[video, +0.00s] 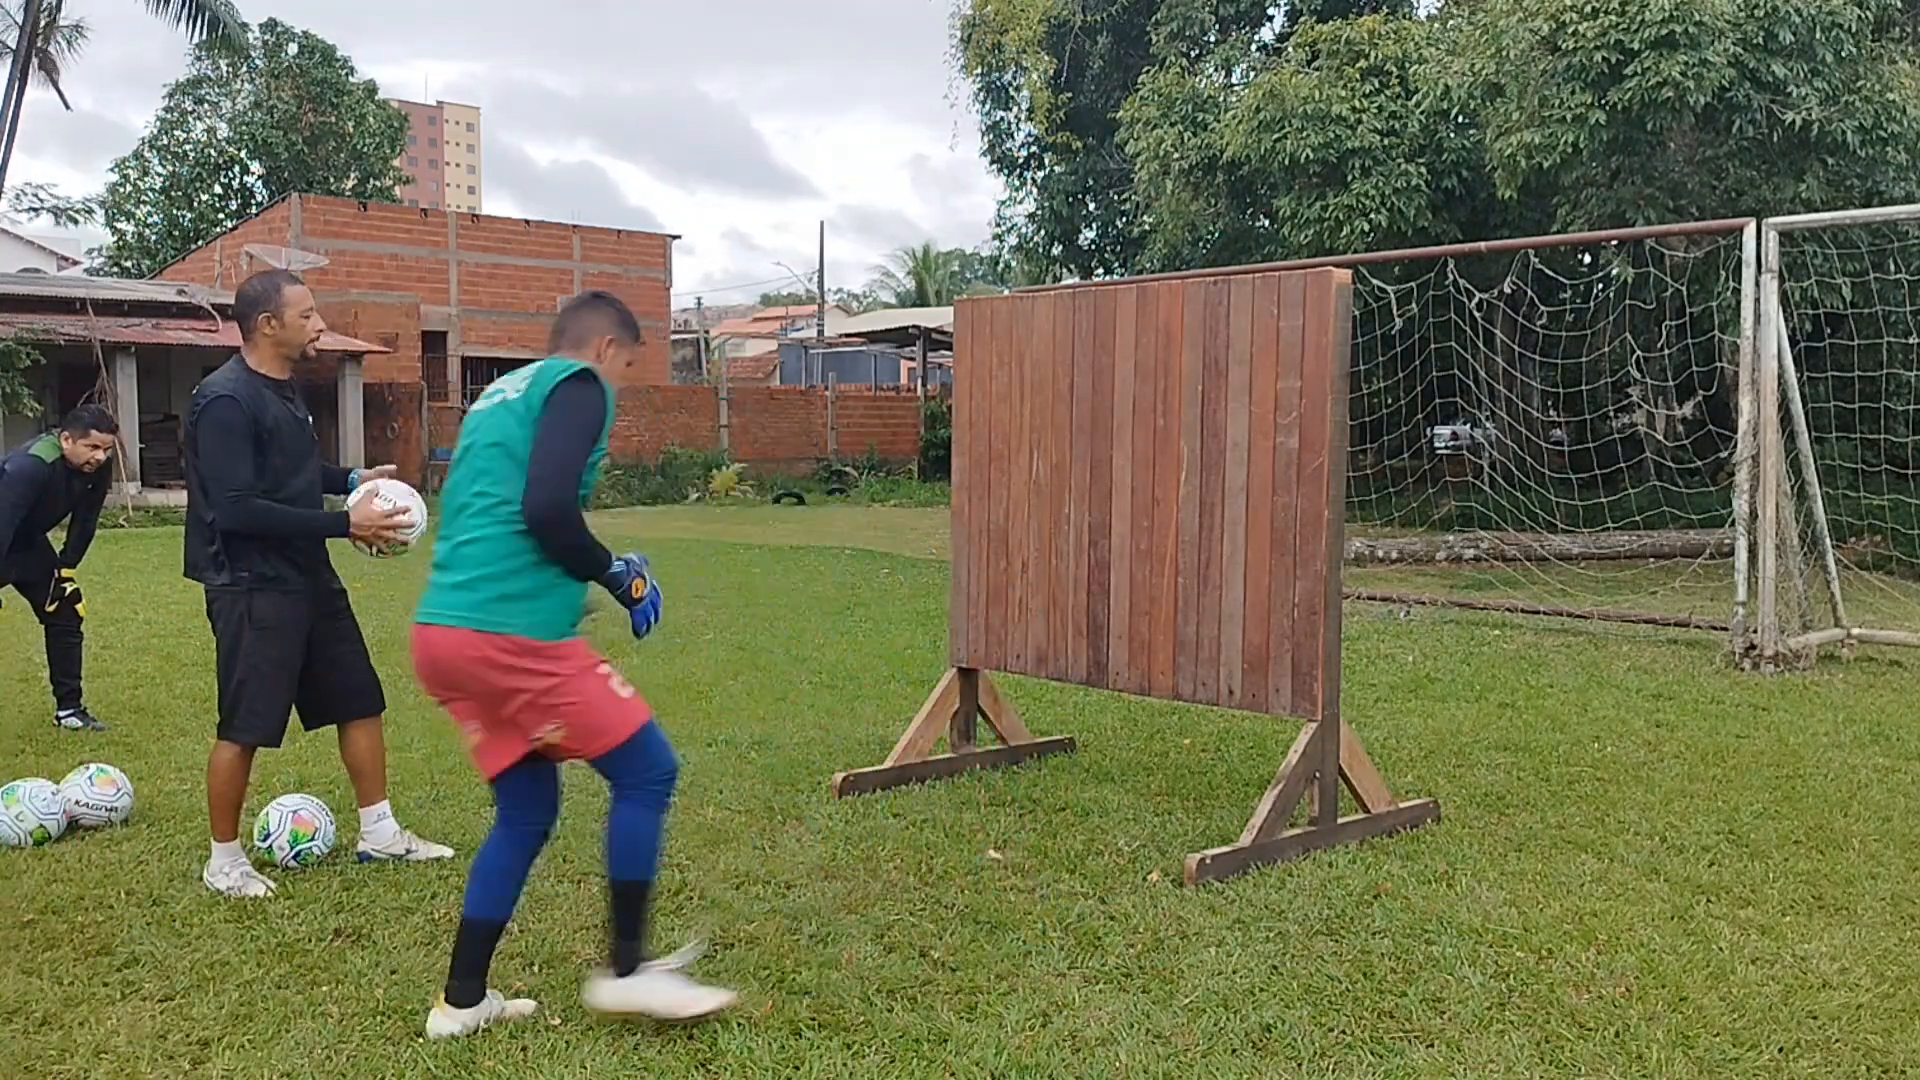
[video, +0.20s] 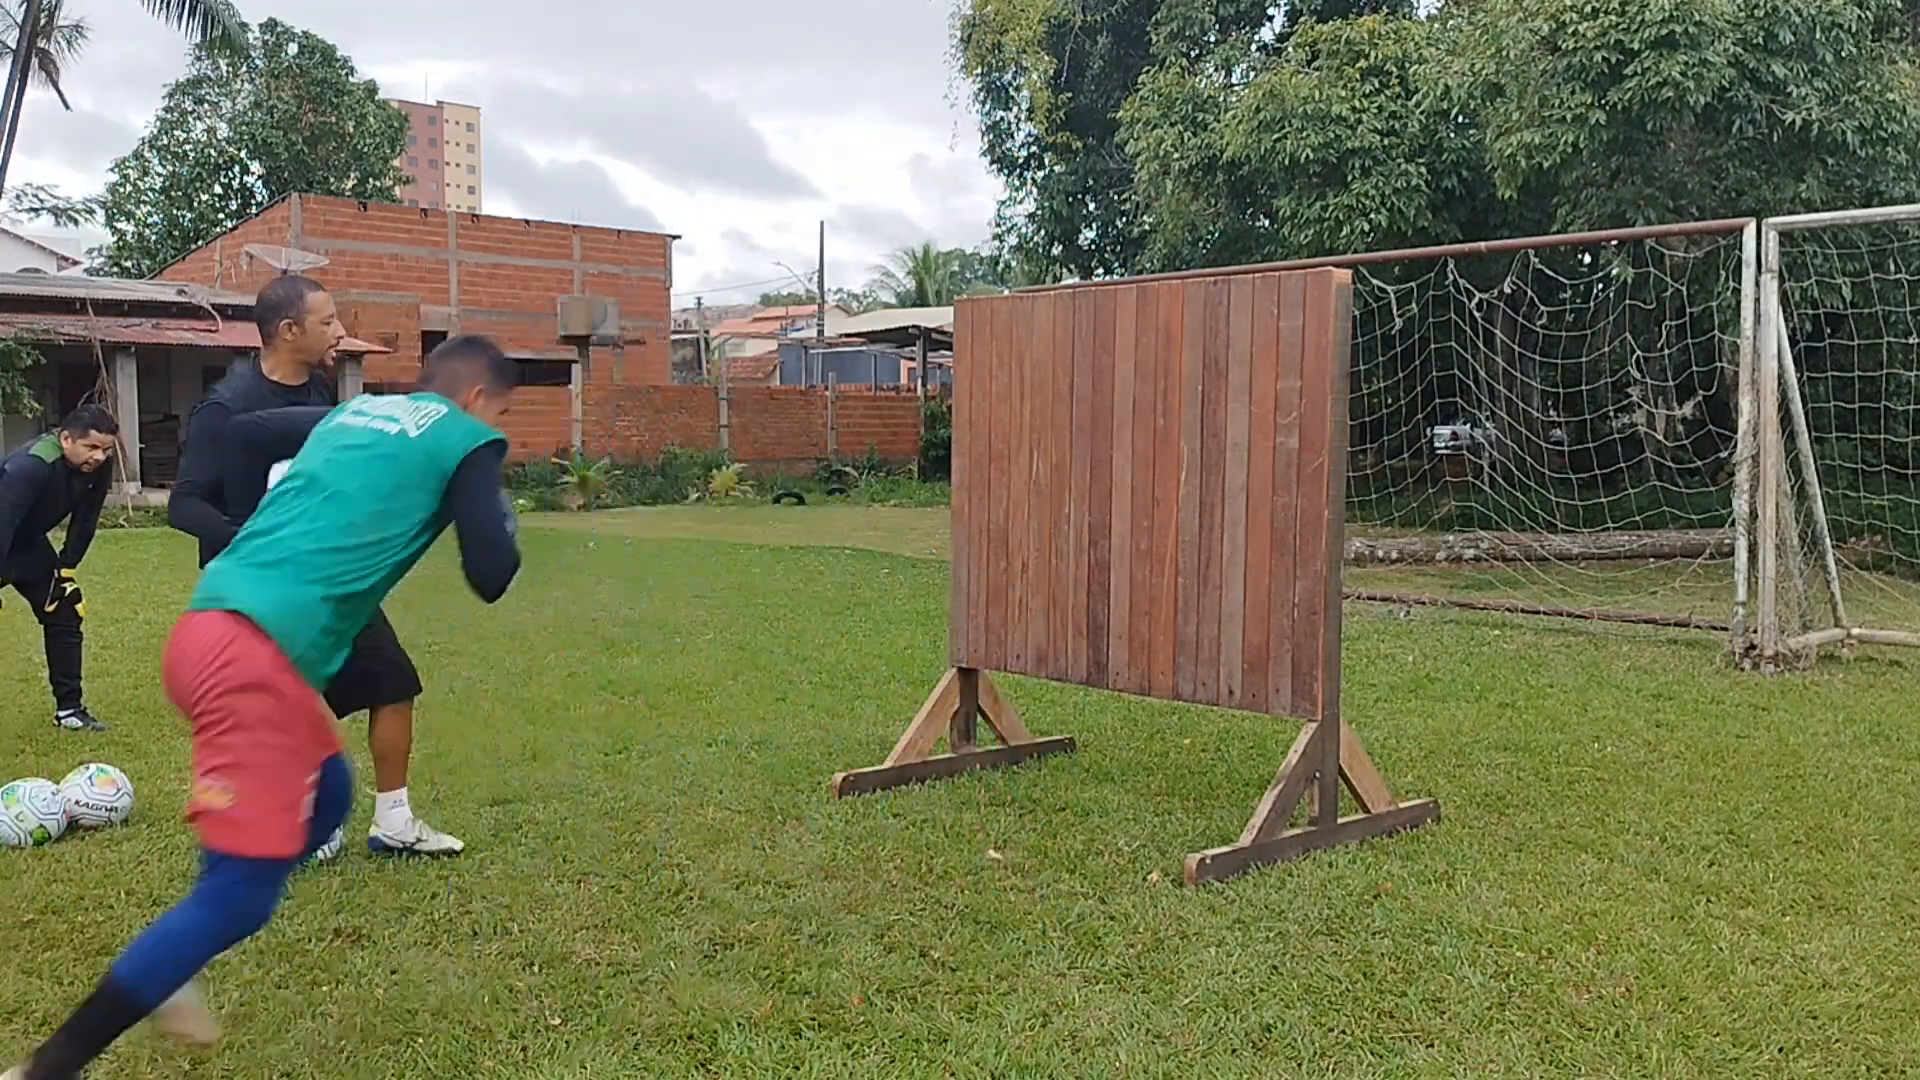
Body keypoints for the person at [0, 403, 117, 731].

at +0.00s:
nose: (100, 457)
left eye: (106, 449)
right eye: (93, 447)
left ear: (112, 448)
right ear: (66, 440)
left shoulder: (98, 467)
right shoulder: (29, 468)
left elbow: (85, 521)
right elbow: (6, 530)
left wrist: (67, 568)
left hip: (24, 539)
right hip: (3, 540)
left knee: (64, 611)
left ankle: (70, 709)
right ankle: (68, 709)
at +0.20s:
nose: (99, 457)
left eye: (106, 449)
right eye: (92, 447)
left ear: (112, 448)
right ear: (66, 440)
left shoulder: (98, 467)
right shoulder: (30, 468)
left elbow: (85, 520)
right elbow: (6, 529)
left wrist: (67, 568)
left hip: (24, 539)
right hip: (2, 540)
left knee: (63, 610)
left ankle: (70, 709)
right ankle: (68, 709)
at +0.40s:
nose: (98, 458)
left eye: (105, 450)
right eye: (90, 447)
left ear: (111, 448)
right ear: (65, 439)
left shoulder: (100, 466)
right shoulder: (30, 467)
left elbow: (85, 520)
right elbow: (6, 528)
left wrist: (67, 568)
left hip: (25, 537)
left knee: (63, 610)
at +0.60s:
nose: (98, 456)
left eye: (105, 449)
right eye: (91, 446)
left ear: (111, 448)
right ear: (65, 439)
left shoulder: (98, 463)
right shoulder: (31, 466)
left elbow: (85, 518)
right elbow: (5, 526)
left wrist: (66, 567)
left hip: (24, 538)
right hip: (3, 537)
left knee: (63, 612)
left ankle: (69, 708)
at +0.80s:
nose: (100, 455)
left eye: (106, 448)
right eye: (92, 446)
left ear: (112, 447)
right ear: (66, 439)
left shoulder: (97, 466)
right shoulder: (29, 468)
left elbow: (84, 521)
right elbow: (6, 529)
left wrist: (66, 569)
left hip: (23, 539)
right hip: (2, 540)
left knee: (62, 610)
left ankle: (70, 710)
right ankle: (68, 709)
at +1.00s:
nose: (101, 455)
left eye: (108, 447)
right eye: (94, 445)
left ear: (113, 446)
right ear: (67, 438)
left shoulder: (96, 467)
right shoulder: (31, 467)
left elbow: (84, 520)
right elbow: (6, 526)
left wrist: (66, 569)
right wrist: (9, 573)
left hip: (23, 539)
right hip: (2, 540)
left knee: (62, 608)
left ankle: (70, 710)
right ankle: (69, 709)